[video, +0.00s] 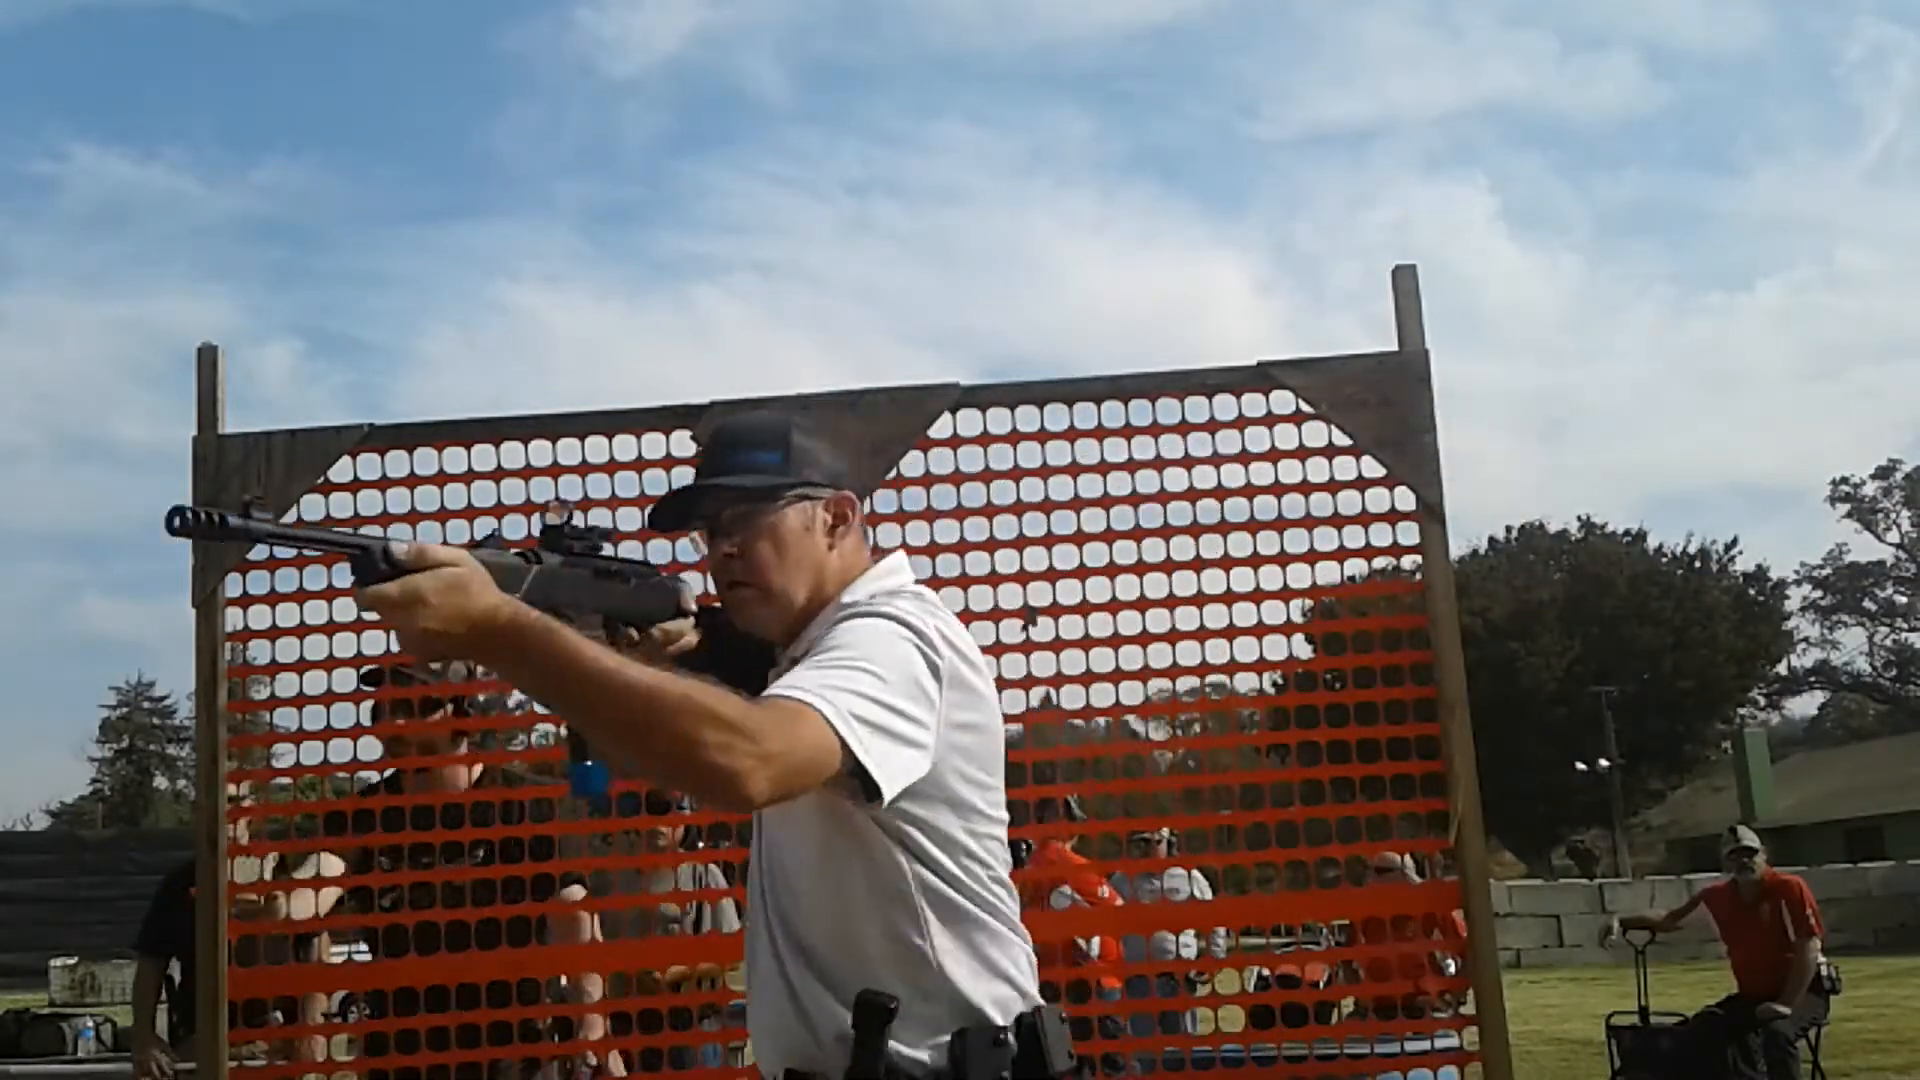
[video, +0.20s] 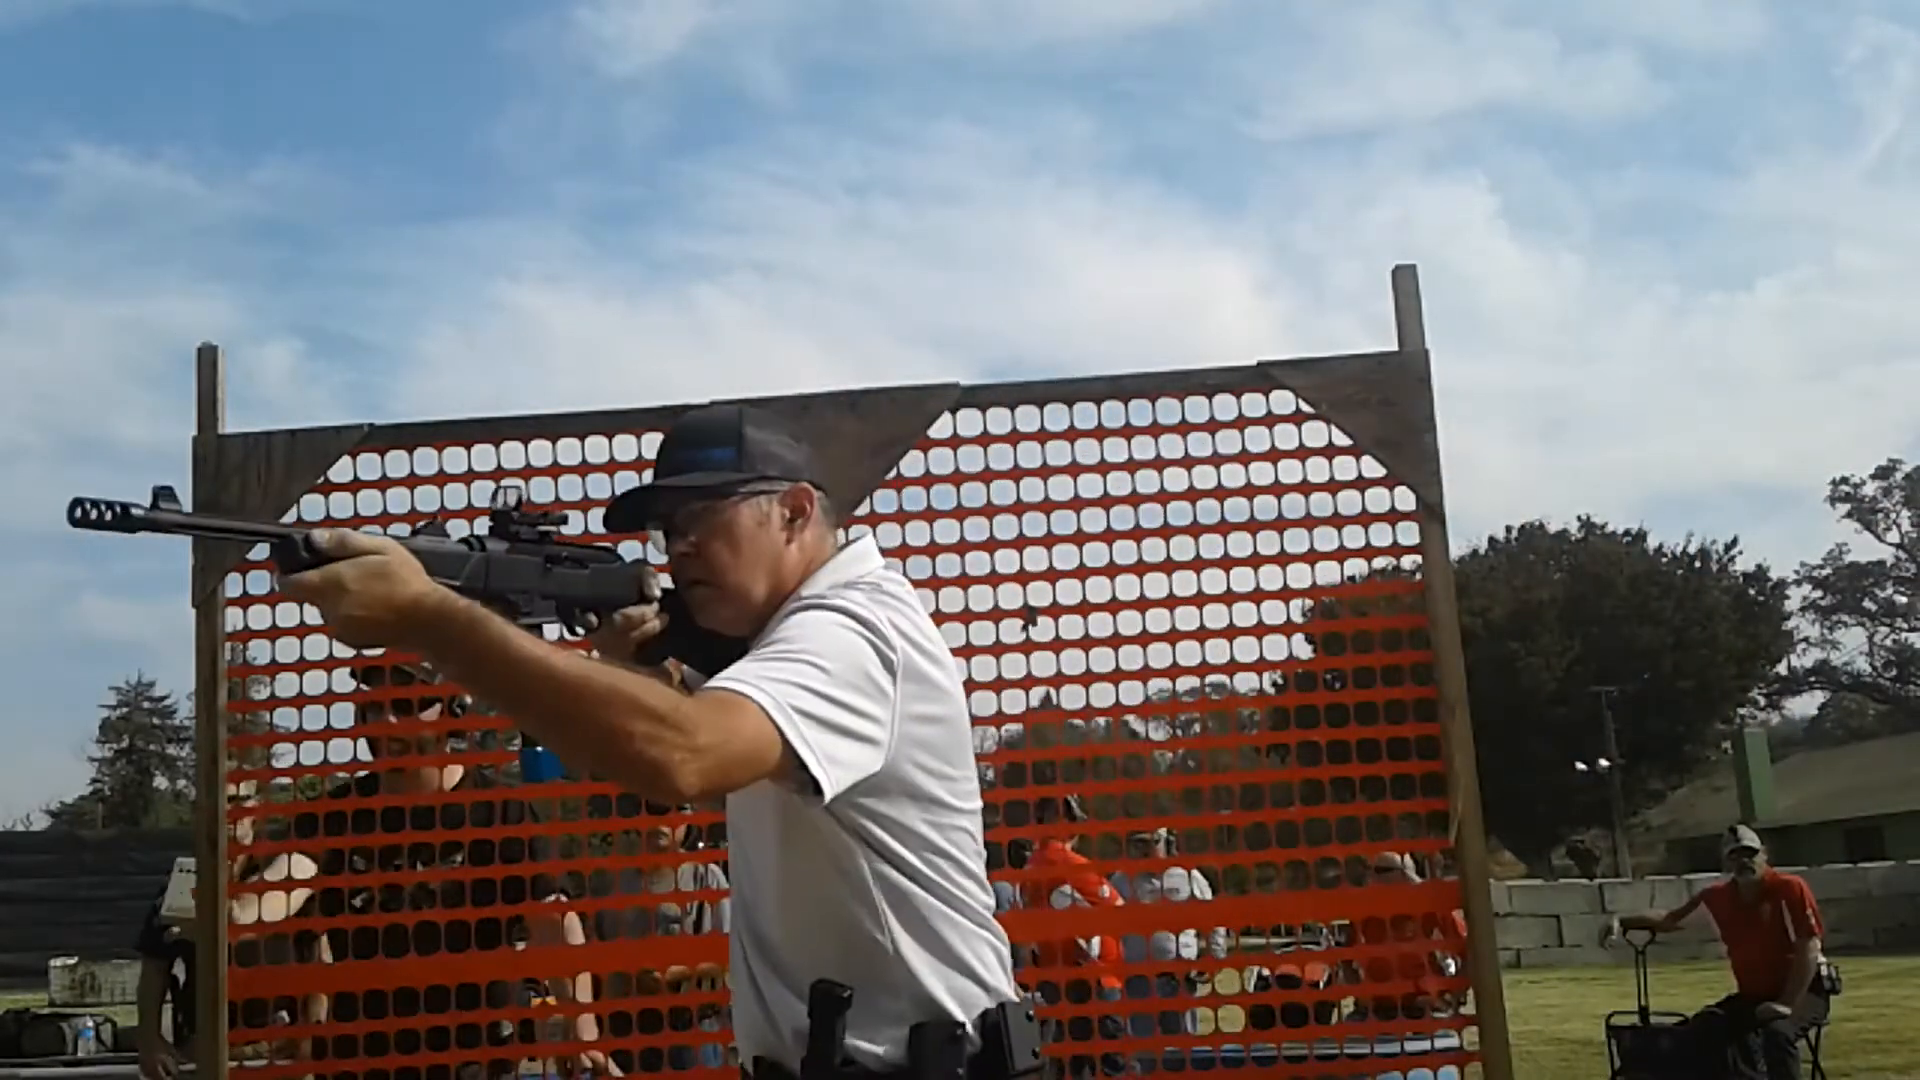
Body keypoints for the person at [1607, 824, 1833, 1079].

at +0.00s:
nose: (1744, 860)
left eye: (1750, 853)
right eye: (1735, 856)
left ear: (1763, 856)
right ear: (1725, 863)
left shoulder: (1789, 888)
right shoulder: (1715, 897)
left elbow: (1810, 949)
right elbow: (1668, 922)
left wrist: (1787, 1004)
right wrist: (1621, 923)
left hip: (1803, 998)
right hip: (1753, 998)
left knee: (1776, 1035)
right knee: (1695, 1031)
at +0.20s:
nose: (1744, 860)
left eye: (1750, 853)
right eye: (1735, 856)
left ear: (1762, 856)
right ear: (1726, 862)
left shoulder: (1790, 888)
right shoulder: (1715, 897)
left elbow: (1810, 950)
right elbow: (1669, 921)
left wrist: (1788, 1004)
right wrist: (1622, 922)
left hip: (1803, 998)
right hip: (1752, 999)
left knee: (1776, 1035)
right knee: (1695, 1032)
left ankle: (1785, 1075)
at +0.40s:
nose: (1744, 860)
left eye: (1750, 853)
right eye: (1736, 855)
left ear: (1763, 856)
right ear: (1726, 862)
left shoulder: (1790, 888)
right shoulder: (1715, 897)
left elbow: (1810, 949)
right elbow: (1669, 921)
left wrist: (1788, 1004)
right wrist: (1621, 922)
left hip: (1803, 998)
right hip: (1752, 999)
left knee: (1776, 1034)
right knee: (1695, 1031)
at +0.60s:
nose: (1744, 860)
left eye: (1750, 853)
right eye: (1736, 855)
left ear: (1763, 856)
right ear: (1726, 862)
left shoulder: (1790, 888)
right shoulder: (1715, 897)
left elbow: (1810, 949)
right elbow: (1669, 921)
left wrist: (1788, 1004)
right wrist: (1622, 922)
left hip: (1803, 998)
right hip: (1752, 998)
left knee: (1776, 1035)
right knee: (1695, 1031)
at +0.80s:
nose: (1744, 860)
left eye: (1750, 853)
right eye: (1735, 855)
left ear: (1764, 856)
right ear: (1726, 862)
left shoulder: (1791, 888)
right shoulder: (1716, 896)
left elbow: (1810, 949)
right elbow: (1669, 921)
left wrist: (1788, 1005)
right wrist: (1621, 922)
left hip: (1802, 998)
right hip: (1751, 999)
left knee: (1775, 1034)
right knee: (1692, 1034)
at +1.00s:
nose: (1744, 860)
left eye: (1750, 853)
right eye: (1735, 855)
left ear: (1764, 856)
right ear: (1726, 862)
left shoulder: (1790, 888)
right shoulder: (1715, 896)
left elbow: (1810, 949)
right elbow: (1669, 921)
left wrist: (1788, 1005)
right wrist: (1621, 922)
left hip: (1802, 998)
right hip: (1751, 999)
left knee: (1775, 1034)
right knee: (1692, 1034)